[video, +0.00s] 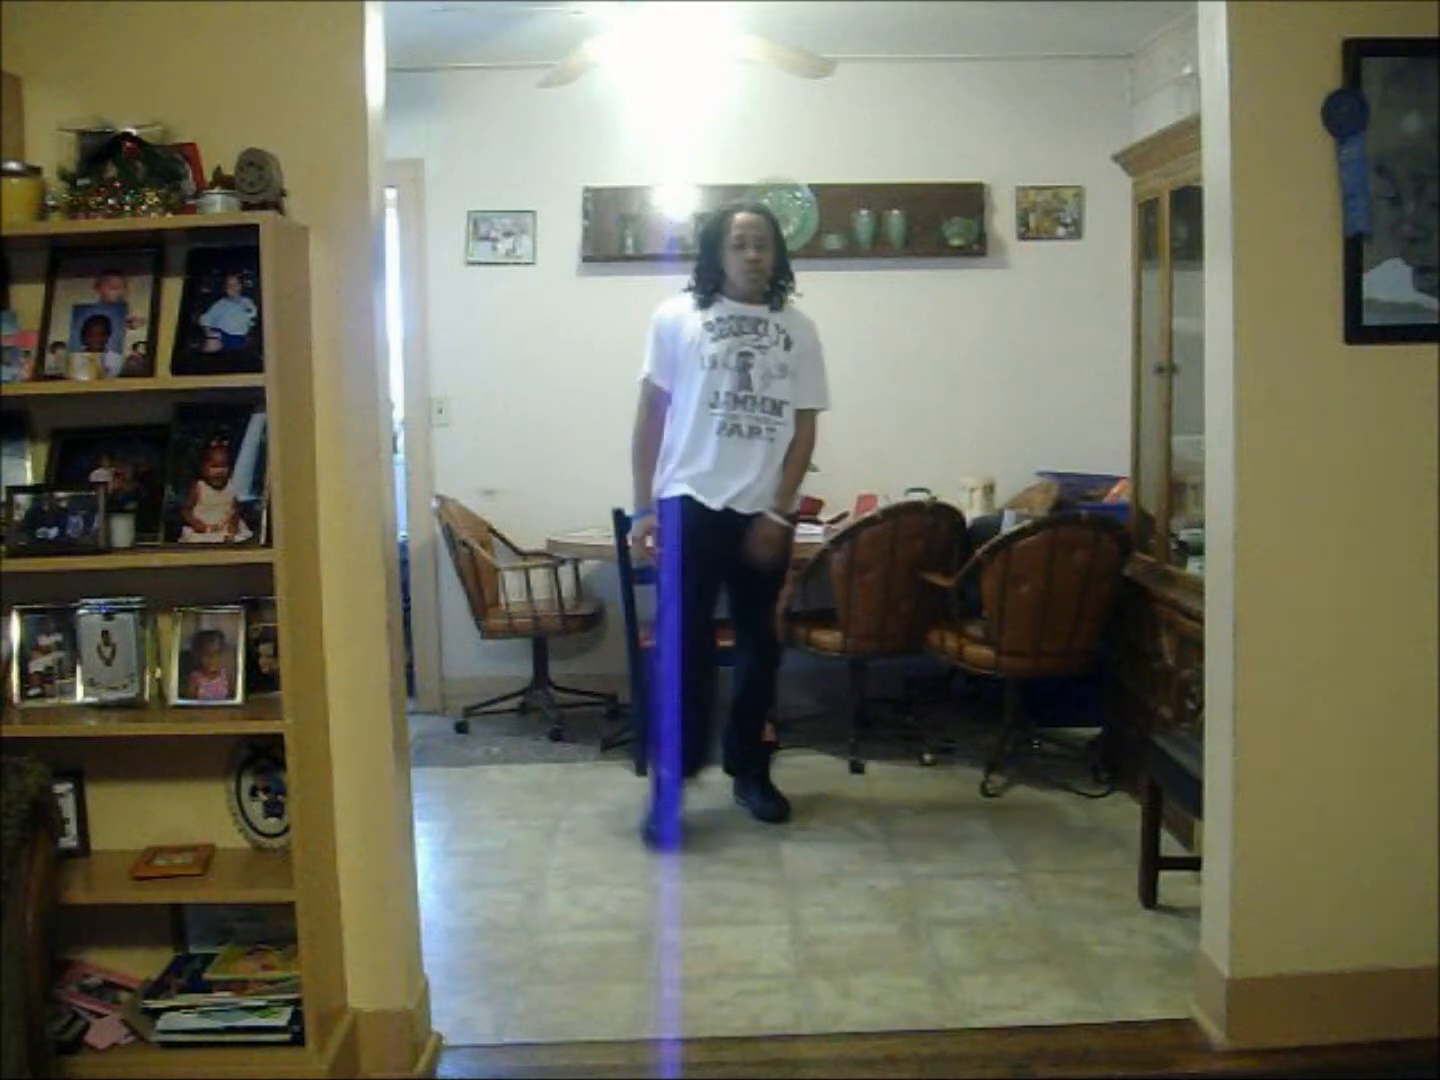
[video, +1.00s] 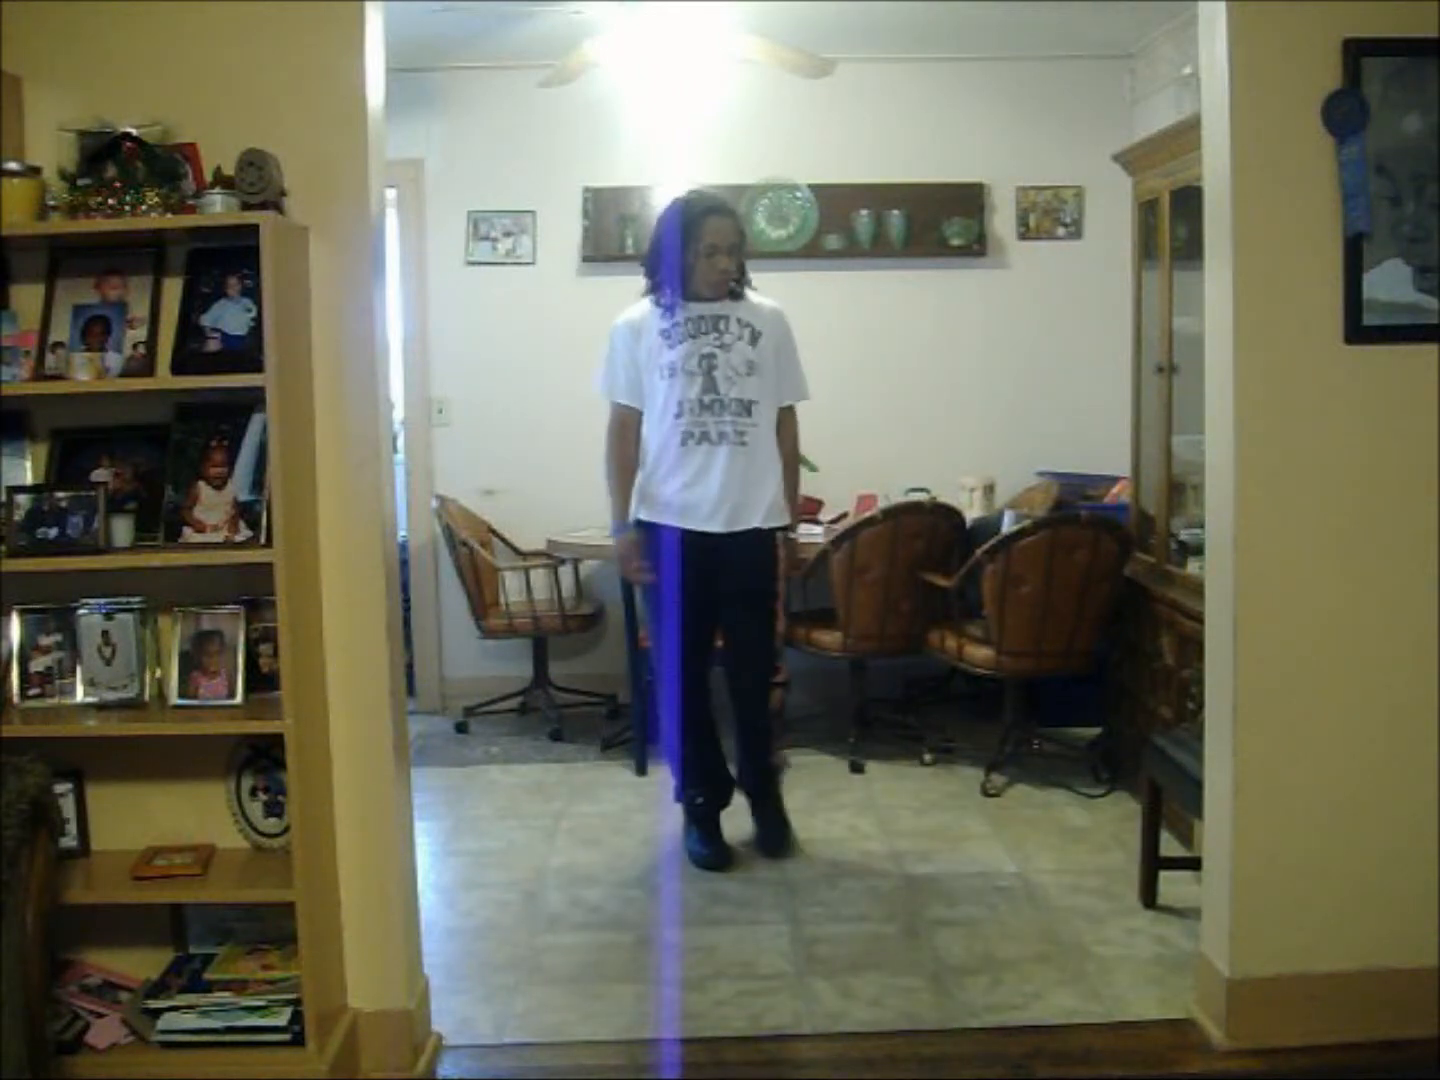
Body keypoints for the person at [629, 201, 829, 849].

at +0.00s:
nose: (752, 255)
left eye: (761, 245)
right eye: (739, 245)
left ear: (778, 255)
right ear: (715, 254)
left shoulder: (796, 327)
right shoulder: (678, 319)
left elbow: (805, 429)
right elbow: (652, 412)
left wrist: (782, 511)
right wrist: (645, 506)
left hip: (761, 508)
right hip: (688, 502)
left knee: (760, 648)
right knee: (684, 648)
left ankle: (750, 774)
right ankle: (670, 785)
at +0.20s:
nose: (752, 262)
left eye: (762, 252)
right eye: (740, 251)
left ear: (774, 261)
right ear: (712, 258)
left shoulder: (791, 332)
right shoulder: (671, 324)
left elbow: (809, 431)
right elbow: (649, 420)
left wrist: (766, 501)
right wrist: (645, 513)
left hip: (762, 520)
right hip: (687, 516)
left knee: (756, 654)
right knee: (697, 657)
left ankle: (751, 772)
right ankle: (700, 795)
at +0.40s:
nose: (743, 262)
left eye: (749, 250)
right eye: (728, 251)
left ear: (756, 258)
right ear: (693, 259)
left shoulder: (780, 331)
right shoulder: (655, 329)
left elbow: (793, 428)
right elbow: (637, 426)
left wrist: (803, 509)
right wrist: (632, 518)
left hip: (760, 522)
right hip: (683, 519)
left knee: (758, 660)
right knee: (695, 663)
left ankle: (751, 773)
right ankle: (702, 803)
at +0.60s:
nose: (731, 261)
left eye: (736, 249)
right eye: (716, 250)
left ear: (743, 255)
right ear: (680, 258)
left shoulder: (769, 326)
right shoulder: (642, 333)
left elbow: (797, 418)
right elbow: (624, 437)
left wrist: (832, 506)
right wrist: (618, 534)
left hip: (752, 525)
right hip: (670, 524)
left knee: (757, 662)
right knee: (681, 669)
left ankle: (721, 775)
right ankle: (699, 803)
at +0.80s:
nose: (725, 269)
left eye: (732, 256)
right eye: (710, 259)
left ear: (740, 256)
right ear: (674, 263)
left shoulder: (766, 325)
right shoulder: (638, 336)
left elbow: (791, 418)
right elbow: (617, 438)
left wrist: (812, 500)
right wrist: (607, 536)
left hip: (743, 522)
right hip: (665, 522)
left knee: (729, 667)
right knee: (682, 666)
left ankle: (721, 798)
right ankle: (706, 806)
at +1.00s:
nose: (727, 261)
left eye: (734, 249)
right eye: (713, 249)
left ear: (742, 254)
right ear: (677, 254)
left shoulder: (766, 321)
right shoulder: (637, 328)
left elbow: (785, 422)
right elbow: (623, 430)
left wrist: (789, 511)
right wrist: (623, 525)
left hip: (752, 520)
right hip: (671, 522)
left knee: (754, 669)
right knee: (684, 671)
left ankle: (764, 795)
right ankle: (700, 808)